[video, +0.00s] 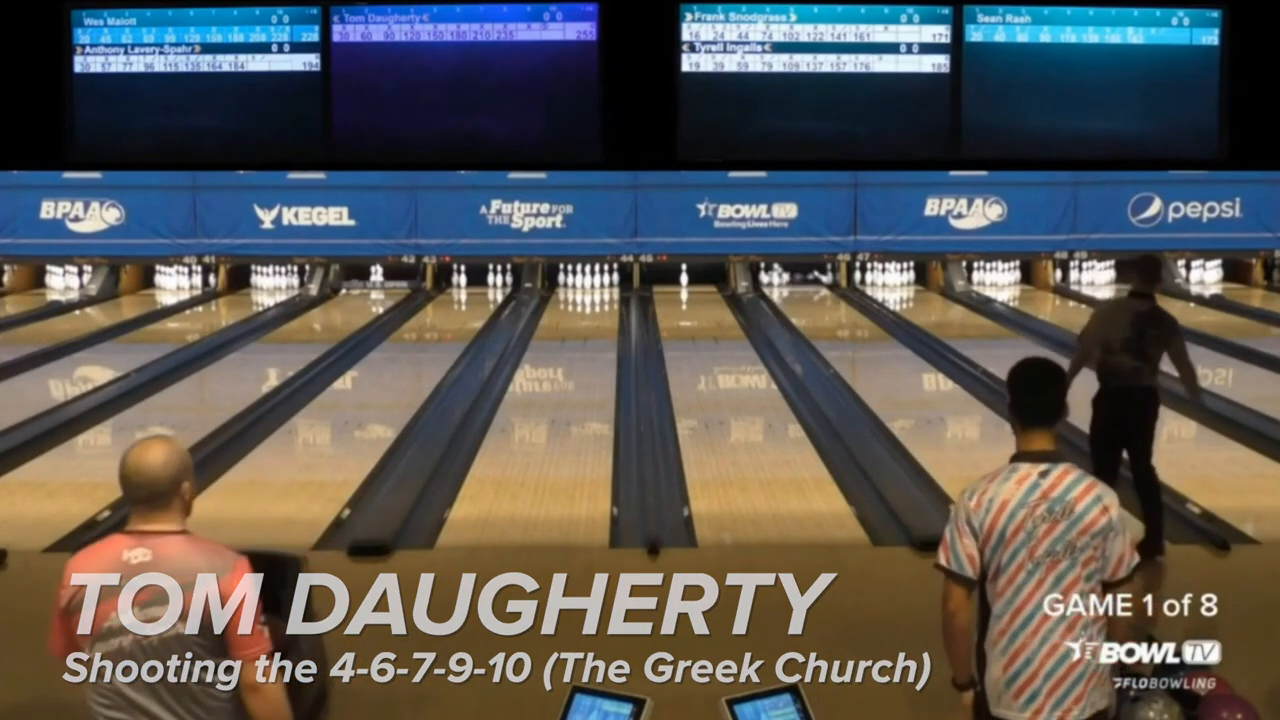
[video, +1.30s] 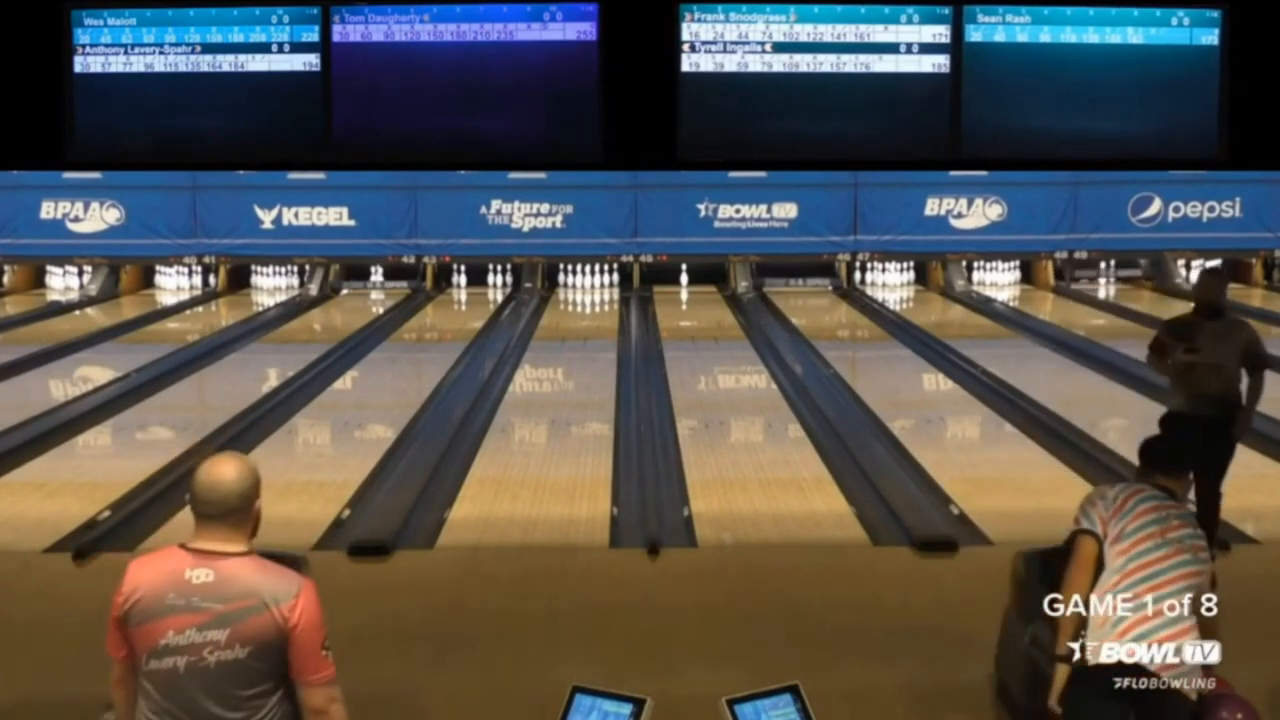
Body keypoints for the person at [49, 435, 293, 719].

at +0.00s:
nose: (193, 490)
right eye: (193, 482)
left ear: (124, 491)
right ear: (186, 492)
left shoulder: (82, 566)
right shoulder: (228, 568)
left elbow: (71, 662)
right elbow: (258, 683)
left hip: (113, 713)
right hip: (204, 712)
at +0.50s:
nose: (220, 493)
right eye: (219, 486)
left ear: (149, 495)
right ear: (213, 496)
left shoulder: (99, 575)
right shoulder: (259, 573)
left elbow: (70, 687)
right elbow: (294, 681)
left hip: (134, 711)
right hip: (234, 712)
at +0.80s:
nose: (247, 503)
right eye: (247, 497)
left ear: (178, 503)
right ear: (240, 505)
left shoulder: (127, 582)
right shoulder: (285, 581)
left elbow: (107, 701)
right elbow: (324, 689)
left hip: (159, 711)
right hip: (257, 711)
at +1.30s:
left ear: (190, 506)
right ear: (256, 510)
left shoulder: (138, 576)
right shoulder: (292, 593)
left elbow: (122, 682)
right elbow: (321, 705)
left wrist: (127, 716)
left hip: (158, 714)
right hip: (257, 714)